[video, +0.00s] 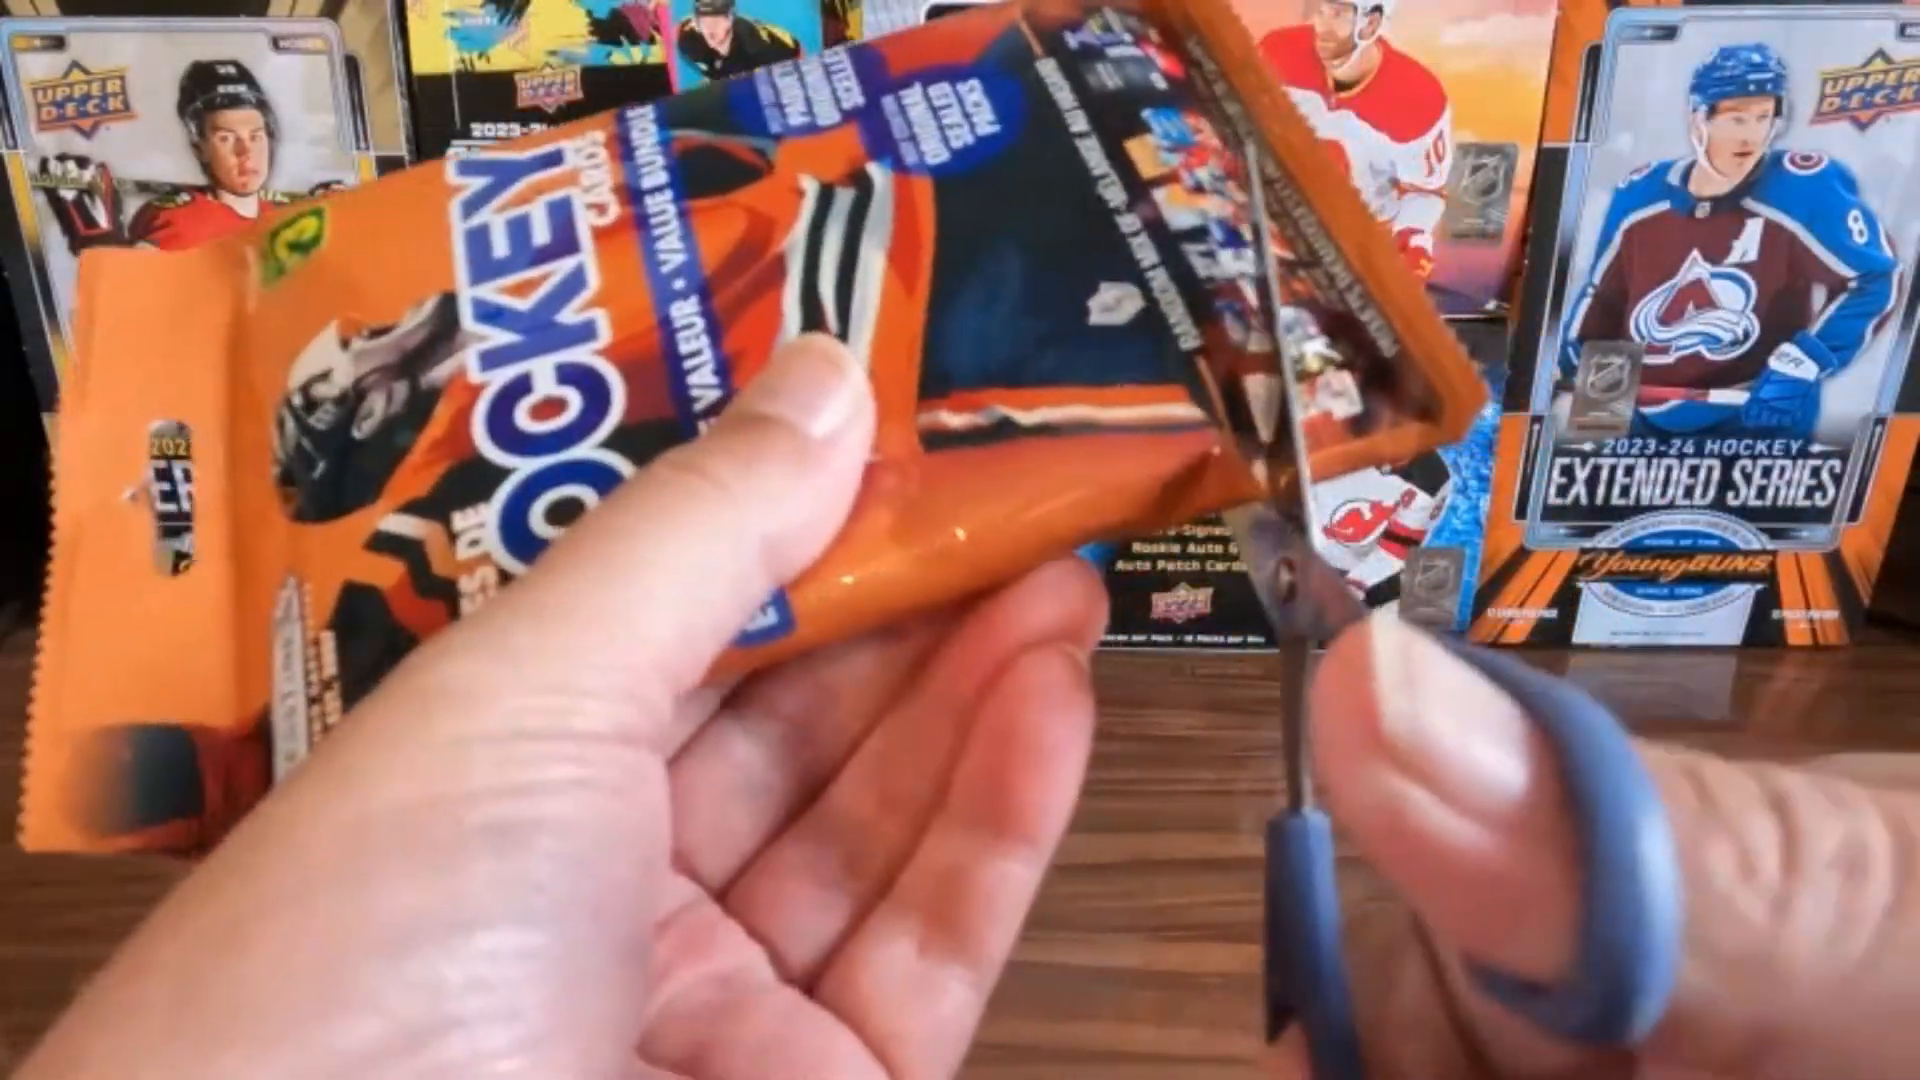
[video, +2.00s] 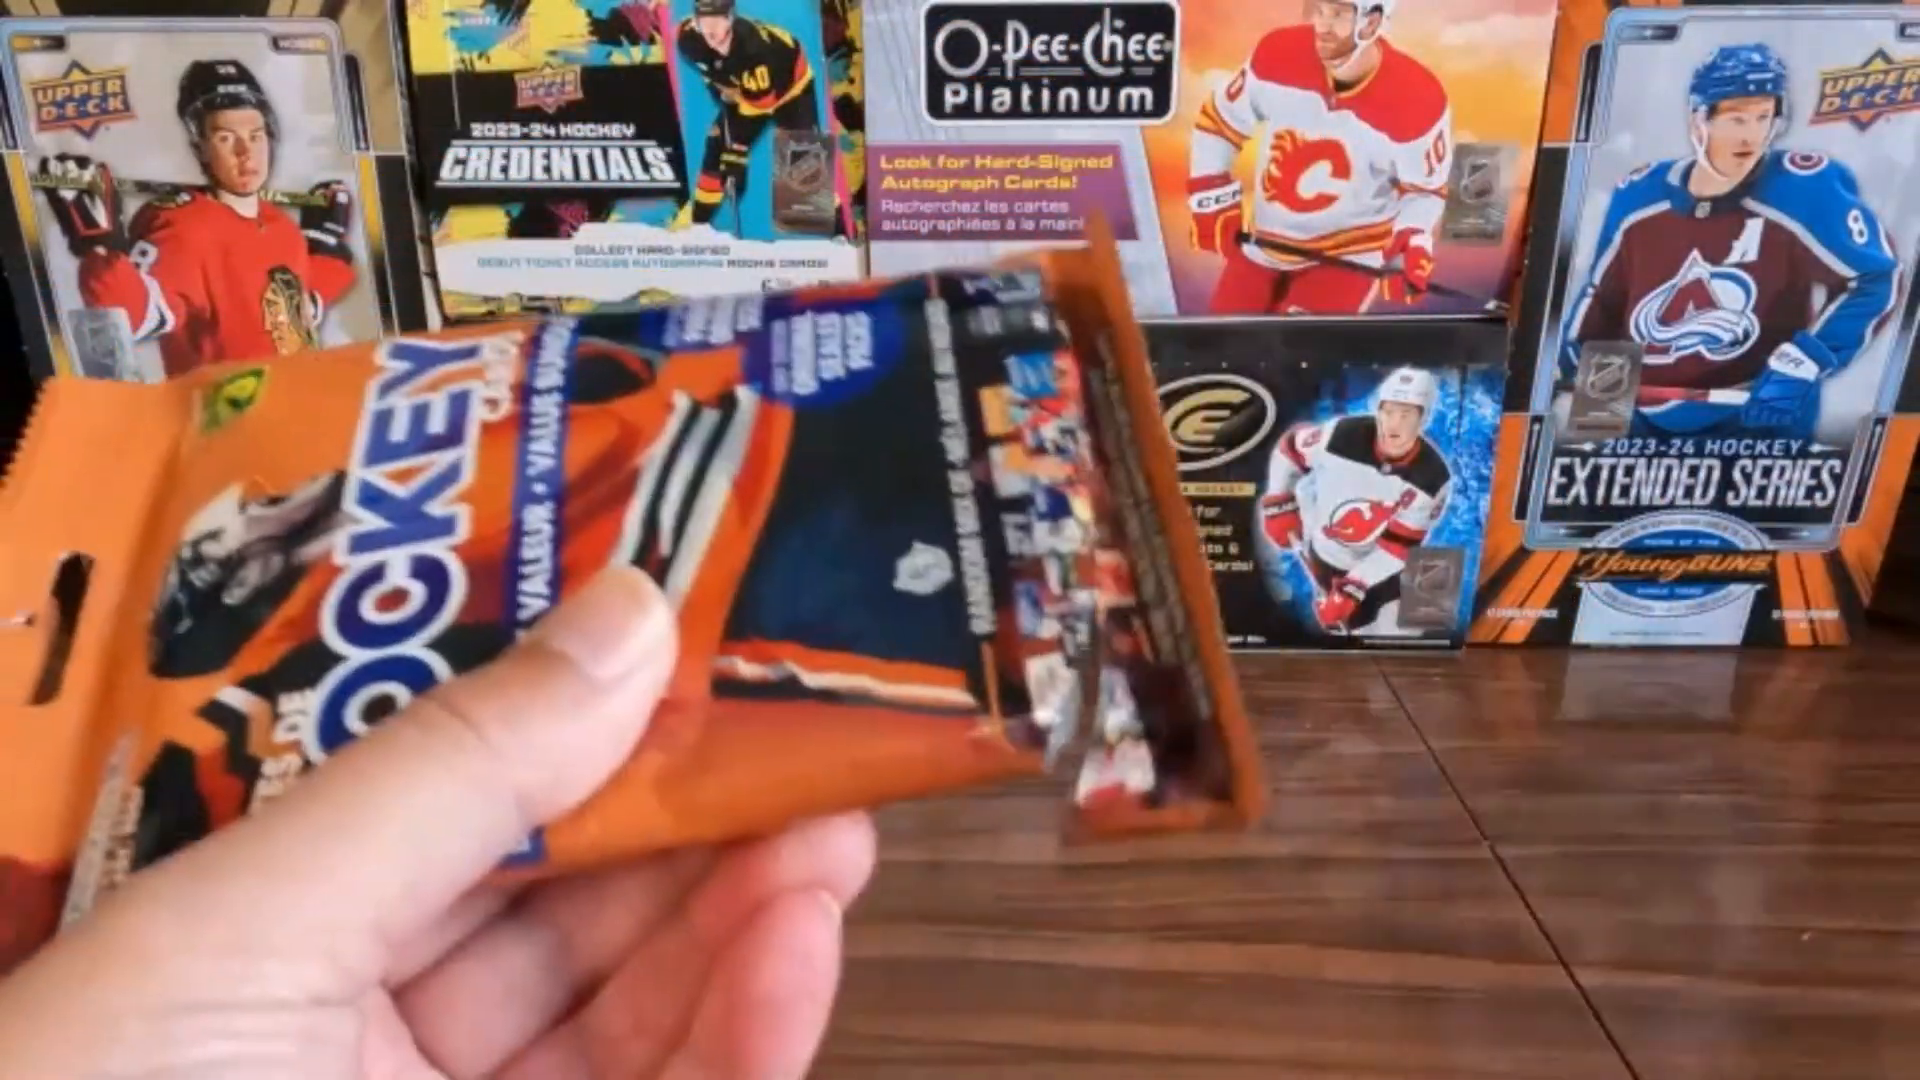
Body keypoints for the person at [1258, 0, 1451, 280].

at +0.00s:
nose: (1322, 28)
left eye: (1339, 14)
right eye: (1318, 12)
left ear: (1372, 24)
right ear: (1309, 12)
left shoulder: (1419, 94)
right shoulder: (1276, 55)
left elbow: (1423, 191)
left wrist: (1411, 256)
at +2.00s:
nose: (1323, 26)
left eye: (1339, 14)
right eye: (1318, 11)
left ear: (1373, 22)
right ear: (1309, 11)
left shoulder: (1416, 96)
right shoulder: (1276, 56)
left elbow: (1424, 191)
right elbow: (1216, 124)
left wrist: (1415, 247)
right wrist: (1213, 201)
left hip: (1346, 261)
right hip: (1261, 249)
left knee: (1287, 367)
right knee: (1219, 361)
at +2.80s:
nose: (1322, 26)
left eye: (1339, 14)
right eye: (1317, 11)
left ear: (1373, 23)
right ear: (1308, 10)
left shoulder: (1417, 96)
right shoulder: (1277, 55)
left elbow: (1424, 190)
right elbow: (1216, 126)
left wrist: (1413, 250)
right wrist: (1217, 217)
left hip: (1354, 260)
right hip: (1270, 245)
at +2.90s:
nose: (1324, 26)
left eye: (1339, 14)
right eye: (1319, 11)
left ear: (1372, 21)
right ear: (1309, 11)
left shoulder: (1419, 98)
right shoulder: (1277, 53)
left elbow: (1424, 200)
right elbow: (1217, 125)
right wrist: (1204, 207)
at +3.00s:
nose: (1323, 26)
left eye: (1339, 14)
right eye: (1317, 11)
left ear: (1373, 23)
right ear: (1308, 11)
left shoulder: (1417, 95)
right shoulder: (1277, 56)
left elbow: (1423, 191)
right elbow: (1216, 125)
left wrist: (1415, 250)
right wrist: (1214, 203)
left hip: (1348, 261)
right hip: (1262, 248)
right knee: (1214, 362)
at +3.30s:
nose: (1323, 26)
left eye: (1339, 14)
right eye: (1318, 11)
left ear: (1373, 22)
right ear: (1309, 11)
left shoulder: (1417, 96)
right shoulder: (1277, 55)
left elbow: (1423, 190)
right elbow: (1216, 124)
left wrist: (1415, 249)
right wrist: (1213, 202)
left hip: (1347, 261)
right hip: (1261, 248)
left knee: (1288, 365)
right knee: (1222, 357)